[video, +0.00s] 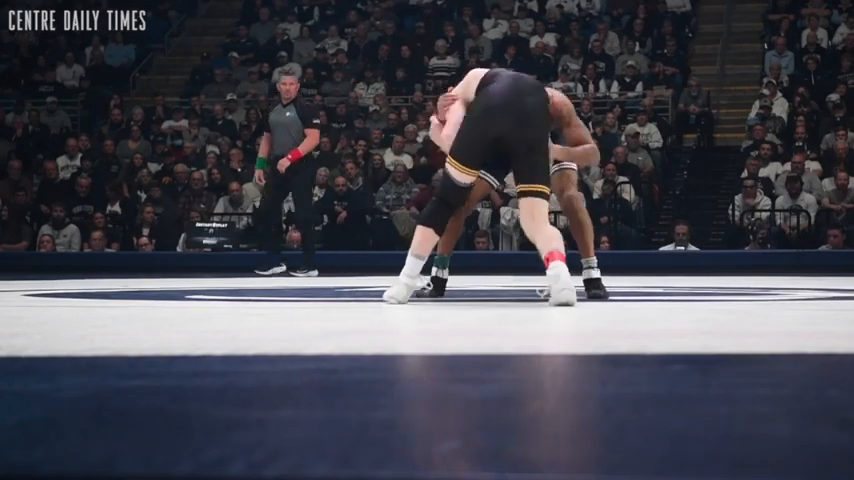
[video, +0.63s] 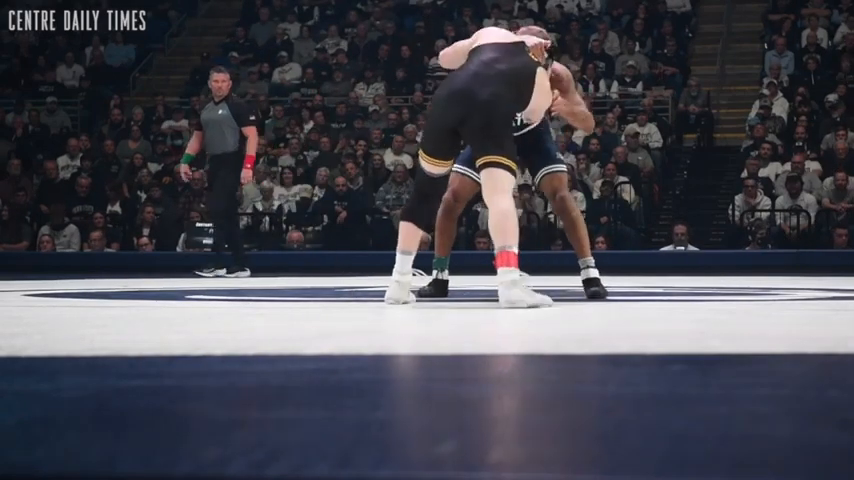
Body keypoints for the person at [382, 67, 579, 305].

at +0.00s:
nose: (450, 119)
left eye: (446, 114)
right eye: (446, 116)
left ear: (450, 100)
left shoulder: (460, 93)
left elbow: (450, 141)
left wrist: (436, 134)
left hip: (489, 108)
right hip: (535, 113)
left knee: (445, 201)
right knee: (536, 217)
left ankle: (406, 281)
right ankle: (559, 274)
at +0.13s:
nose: (458, 86)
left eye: (458, 80)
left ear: (464, 61)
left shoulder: (471, 63)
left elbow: (420, 89)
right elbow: (541, 144)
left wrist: (446, 67)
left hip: (496, 95)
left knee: (438, 197)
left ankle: (402, 281)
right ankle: (554, 277)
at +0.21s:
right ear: (553, 87)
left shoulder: (490, 44)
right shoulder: (549, 94)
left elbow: (424, 58)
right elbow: (535, 129)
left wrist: (469, 57)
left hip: (464, 106)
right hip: (510, 121)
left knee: (431, 194)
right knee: (520, 215)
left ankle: (399, 279)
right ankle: (553, 278)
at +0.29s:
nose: (561, 99)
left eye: (565, 94)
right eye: (562, 92)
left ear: (539, 54)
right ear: (552, 76)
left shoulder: (491, 36)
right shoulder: (539, 80)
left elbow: (435, 29)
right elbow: (544, 124)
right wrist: (563, 95)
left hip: (440, 101)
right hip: (486, 113)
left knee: (419, 190)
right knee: (518, 208)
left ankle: (396, 281)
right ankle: (553, 282)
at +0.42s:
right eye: (550, 59)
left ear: (525, 35)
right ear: (546, 55)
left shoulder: (491, 28)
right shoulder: (533, 69)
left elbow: (451, 32)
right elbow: (539, 107)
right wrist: (558, 74)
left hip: (431, 98)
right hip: (474, 109)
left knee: (414, 192)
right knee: (502, 201)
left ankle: (397, 281)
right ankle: (517, 280)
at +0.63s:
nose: (546, 58)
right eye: (547, 55)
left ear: (518, 35)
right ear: (543, 50)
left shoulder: (490, 34)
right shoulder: (540, 73)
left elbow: (445, 59)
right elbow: (534, 116)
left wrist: (477, 55)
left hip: (448, 103)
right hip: (492, 114)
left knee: (426, 191)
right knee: (499, 195)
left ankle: (400, 281)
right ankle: (510, 284)